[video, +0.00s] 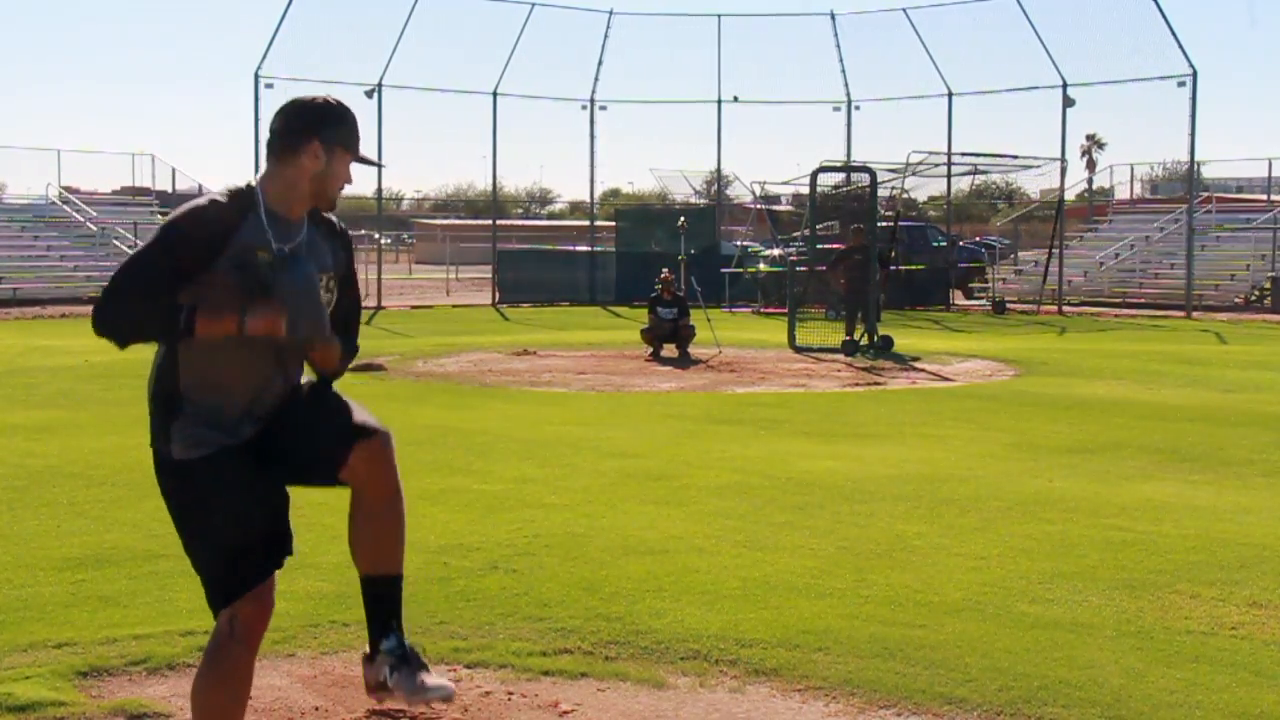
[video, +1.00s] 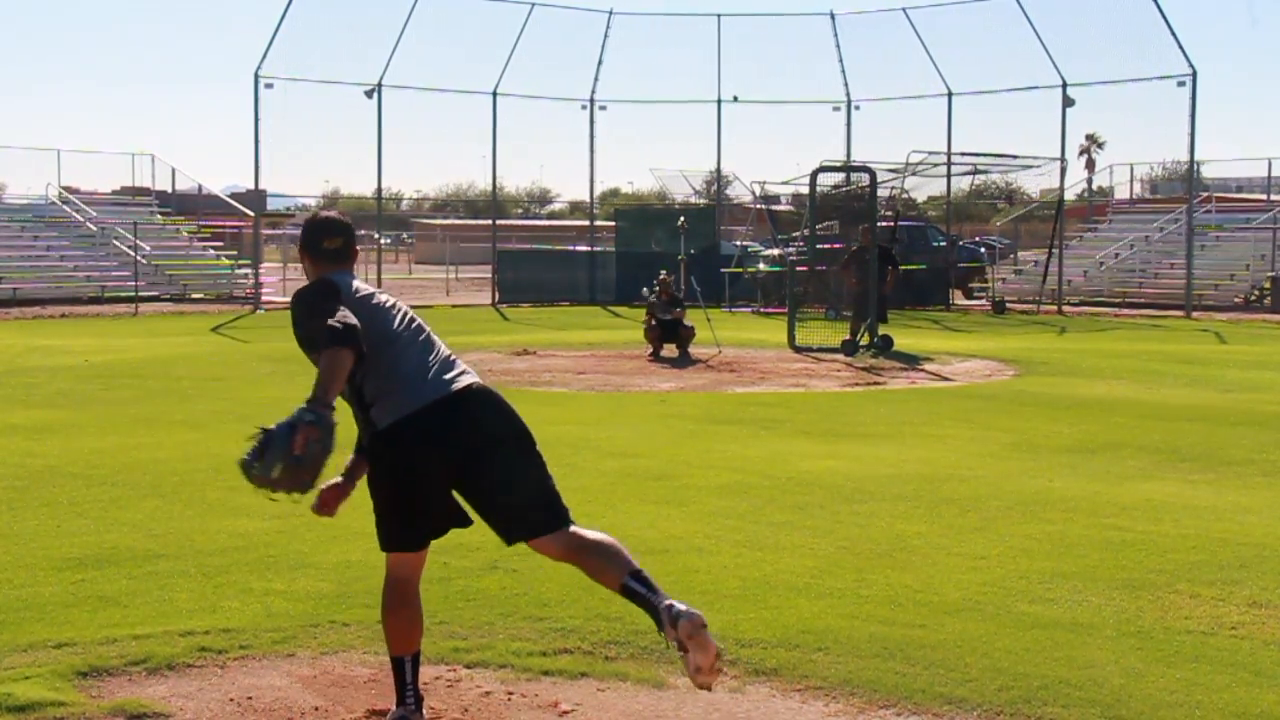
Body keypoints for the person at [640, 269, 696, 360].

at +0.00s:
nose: (667, 286)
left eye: (670, 283)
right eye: (664, 284)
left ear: (673, 285)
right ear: (661, 285)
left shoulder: (680, 299)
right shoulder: (654, 299)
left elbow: (685, 319)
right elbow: (651, 318)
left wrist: (674, 325)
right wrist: (663, 325)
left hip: (676, 328)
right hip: (660, 329)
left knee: (689, 329)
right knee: (645, 333)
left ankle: (682, 349)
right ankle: (656, 347)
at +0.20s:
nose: (667, 286)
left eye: (669, 283)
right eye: (664, 283)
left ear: (673, 284)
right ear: (660, 285)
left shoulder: (680, 299)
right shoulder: (654, 299)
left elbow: (685, 319)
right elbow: (651, 318)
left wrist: (673, 324)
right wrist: (663, 325)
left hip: (676, 328)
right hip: (660, 329)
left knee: (689, 330)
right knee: (645, 333)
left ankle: (682, 349)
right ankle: (656, 347)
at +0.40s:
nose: (667, 286)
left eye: (669, 283)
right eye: (664, 283)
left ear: (673, 284)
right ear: (660, 284)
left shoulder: (680, 298)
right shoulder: (654, 299)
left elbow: (685, 318)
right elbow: (652, 318)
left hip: (676, 327)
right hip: (660, 327)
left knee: (689, 329)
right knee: (646, 332)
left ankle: (682, 349)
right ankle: (656, 347)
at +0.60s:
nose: (667, 287)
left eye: (670, 284)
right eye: (664, 284)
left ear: (674, 285)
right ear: (660, 285)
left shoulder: (680, 299)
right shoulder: (656, 300)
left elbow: (685, 319)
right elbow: (651, 321)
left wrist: (672, 324)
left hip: (676, 328)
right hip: (661, 329)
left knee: (688, 329)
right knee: (646, 332)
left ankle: (683, 349)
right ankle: (656, 347)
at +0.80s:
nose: (667, 286)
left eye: (669, 283)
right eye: (664, 284)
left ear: (673, 284)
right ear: (660, 285)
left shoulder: (680, 299)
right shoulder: (654, 299)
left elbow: (685, 319)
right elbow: (650, 316)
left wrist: (674, 321)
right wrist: (655, 322)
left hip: (675, 327)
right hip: (660, 327)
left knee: (689, 330)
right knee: (646, 332)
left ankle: (682, 349)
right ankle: (656, 348)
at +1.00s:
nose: (664, 288)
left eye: (666, 285)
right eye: (661, 285)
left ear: (670, 286)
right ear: (658, 286)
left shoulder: (676, 299)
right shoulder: (653, 300)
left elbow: (682, 313)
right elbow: (649, 316)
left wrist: (672, 312)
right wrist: (648, 322)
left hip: (675, 324)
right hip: (660, 324)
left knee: (689, 330)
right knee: (649, 330)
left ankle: (683, 349)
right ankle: (656, 348)